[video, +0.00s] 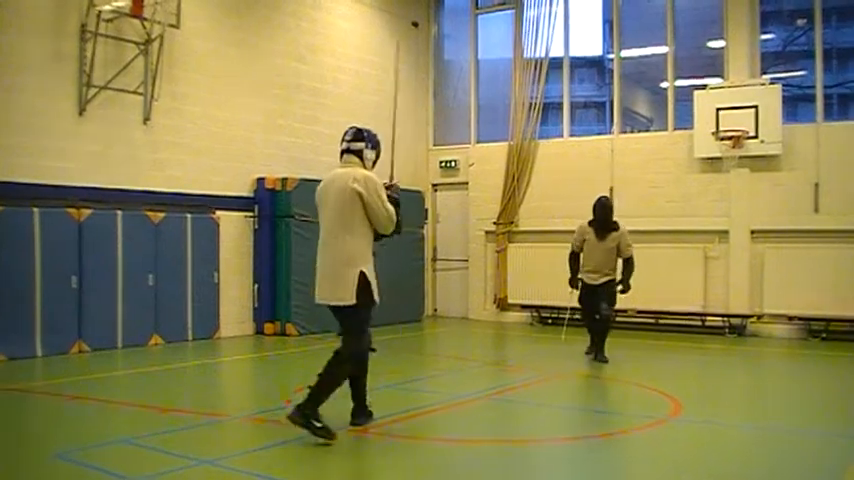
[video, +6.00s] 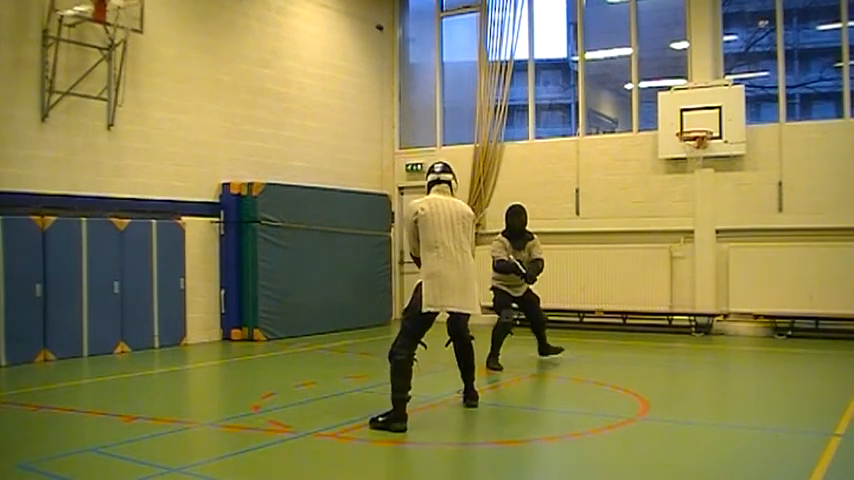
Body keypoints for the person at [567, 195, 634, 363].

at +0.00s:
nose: (604, 215)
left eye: (607, 211)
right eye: (601, 210)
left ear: (612, 213)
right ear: (595, 211)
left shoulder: (619, 233)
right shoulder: (584, 230)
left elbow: (628, 258)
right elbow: (574, 252)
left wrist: (626, 279)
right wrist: (573, 275)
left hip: (608, 280)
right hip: (587, 280)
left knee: (605, 314)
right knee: (587, 314)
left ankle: (600, 349)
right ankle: (593, 341)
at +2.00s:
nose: (555, 217)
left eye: (559, 214)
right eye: (554, 213)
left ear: (567, 215)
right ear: (552, 215)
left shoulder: (573, 237)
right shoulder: (549, 233)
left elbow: (565, 259)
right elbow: (534, 255)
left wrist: (542, 252)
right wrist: (537, 241)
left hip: (567, 280)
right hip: (553, 280)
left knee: (555, 311)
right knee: (564, 312)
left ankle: (556, 350)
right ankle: (576, 337)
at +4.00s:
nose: (513, 221)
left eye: (516, 217)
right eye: (511, 217)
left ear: (525, 217)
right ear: (510, 218)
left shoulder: (535, 239)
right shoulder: (508, 235)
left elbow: (531, 266)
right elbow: (494, 254)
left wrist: (505, 260)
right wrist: (507, 242)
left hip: (529, 283)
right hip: (512, 283)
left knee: (526, 314)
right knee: (505, 311)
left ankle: (533, 349)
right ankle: (515, 330)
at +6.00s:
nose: (517, 223)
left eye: (520, 219)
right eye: (513, 219)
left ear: (526, 221)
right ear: (507, 221)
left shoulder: (532, 240)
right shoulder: (500, 242)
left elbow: (538, 261)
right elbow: (498, 264)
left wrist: (530, 272)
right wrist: (515, 266)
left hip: (523, 289)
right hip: (502, 288)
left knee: (537, 316)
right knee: (506, 318)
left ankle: (543, 345)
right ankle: (493, 356)